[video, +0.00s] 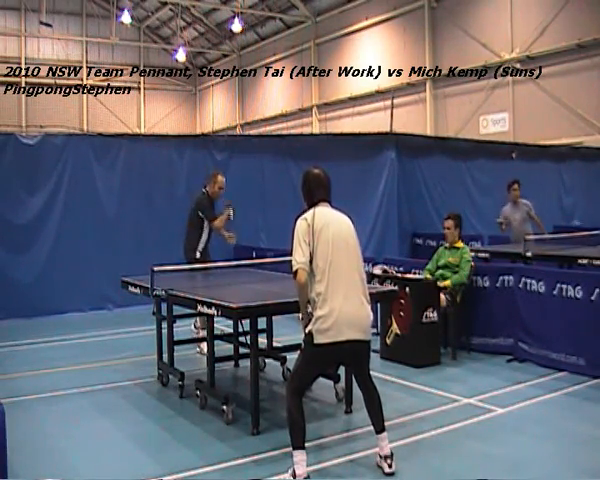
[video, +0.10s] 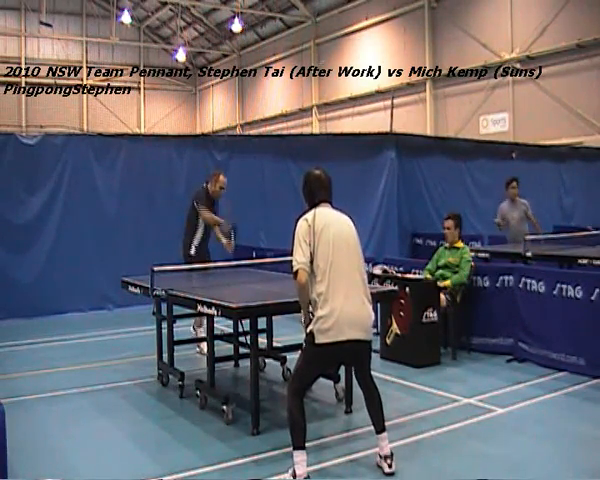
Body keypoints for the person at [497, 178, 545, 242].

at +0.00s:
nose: (517, 193)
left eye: (518, 190)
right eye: (514, 190)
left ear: (520, 192)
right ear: (509, 193)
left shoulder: (526, 205)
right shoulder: (505, 210)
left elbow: (535, 219)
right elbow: (503, 229)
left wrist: (543, 231)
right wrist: (502, 224)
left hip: (528, 237)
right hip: (515, 239)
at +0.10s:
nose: (515, 191)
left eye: (516, 188)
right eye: (512, 188)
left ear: (518, 190)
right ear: (507, 190)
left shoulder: (524, 204)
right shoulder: (503, 206)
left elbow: (531, 218)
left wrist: (539, 231)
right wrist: (500, 223)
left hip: (524, 237)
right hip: (511, 238)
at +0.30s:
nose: (506, 187)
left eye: (507, 184)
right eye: (503, 184)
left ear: (509, 186)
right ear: (497, 187)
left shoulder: (513, 202)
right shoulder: (492, 204)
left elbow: (518, 217)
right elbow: (484, 220)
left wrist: (523, 233)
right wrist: (488, 228)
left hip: (512, 239)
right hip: (497, 239)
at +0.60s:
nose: (493, 188)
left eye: (494, 185)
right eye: (491, 185)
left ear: (496, 187)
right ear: (485, 187)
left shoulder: (497, 202)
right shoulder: (477, 202)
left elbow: (501, 220)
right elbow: (469, 220)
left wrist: (506, 237)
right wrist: (476, 234)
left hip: (494, 238)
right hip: (481, 238)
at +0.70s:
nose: (491, 190)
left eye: (492, 187)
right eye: (489, 187)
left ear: (493, 188)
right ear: (482, 188)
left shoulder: (493, 199)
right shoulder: (474, 202)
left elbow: (497, 217)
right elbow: (468, 219)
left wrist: (501, 234)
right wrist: (477, 234)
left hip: (492, 237)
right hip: (479, 239)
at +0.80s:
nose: (489, 189)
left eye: (490, 187)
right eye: (487, 186)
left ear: (491, 187)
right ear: (481, 187)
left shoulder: (490, 198)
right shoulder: (472, 199)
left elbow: (490, 214)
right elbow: (468, 217)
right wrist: (477, 229)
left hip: (490, 234)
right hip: (478, 237)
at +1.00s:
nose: (485, 187)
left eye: (486, 185)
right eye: (482, 184)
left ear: (486, 186)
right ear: (476, 185)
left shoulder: (484, 197)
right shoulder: (468, 200)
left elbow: (484, 213)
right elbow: (462, 217)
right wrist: (471, 226)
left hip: (485, 233)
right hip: (474, 236)